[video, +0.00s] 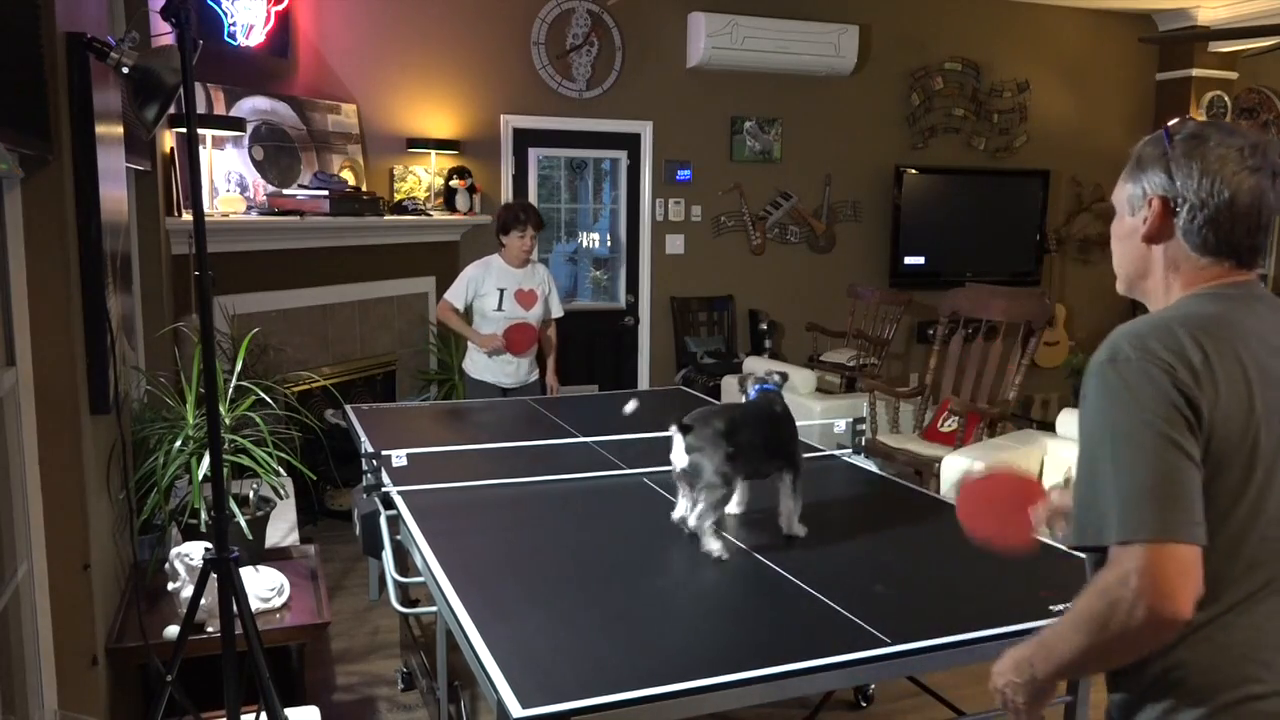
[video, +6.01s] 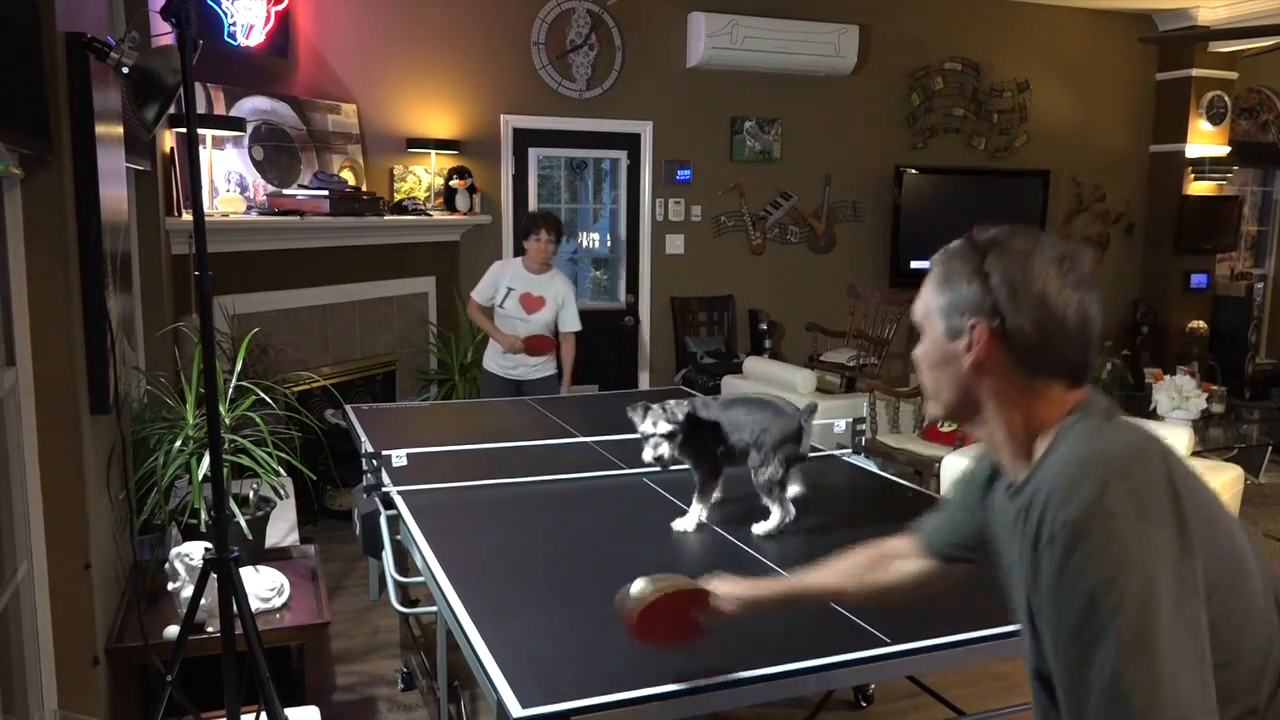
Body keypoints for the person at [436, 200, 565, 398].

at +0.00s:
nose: (529, 244)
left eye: (533, 237)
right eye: (521, 236)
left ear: (537, 237)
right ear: (503, 237)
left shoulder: (541, 274)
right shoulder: (479, 271)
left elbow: (548, 325)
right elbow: (443, 310)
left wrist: (551, 370)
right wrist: (478, 338)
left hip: (526, 379)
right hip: (484, 379)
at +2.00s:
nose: (520, 234)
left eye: (524, 228)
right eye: (511, 228)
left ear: (529, 232)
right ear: (496, 235)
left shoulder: (543, 275)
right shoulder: (477, 273)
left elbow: (552, 327)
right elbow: (456, 323)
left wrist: (554, 375)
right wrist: (485, 349)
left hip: (534, 383)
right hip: (489, 383)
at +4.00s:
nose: (514, 237)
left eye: (519, 230)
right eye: (506, 230)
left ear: (524, 233)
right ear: (491, 232)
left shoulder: (529, 271)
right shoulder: (476, 267)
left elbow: (537, 324)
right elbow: (459, 306)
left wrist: (541, 367)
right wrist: (489, 307)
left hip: (525, 376)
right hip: (486, 376)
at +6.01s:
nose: (543, 247)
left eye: (549, 242)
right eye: (537, 240)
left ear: (556, 247)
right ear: (525, 243)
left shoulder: (562, 285)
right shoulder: (501, 270)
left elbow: (567, 337)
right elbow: (473, 307)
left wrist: (566, 384)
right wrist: (502, 338)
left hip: (541, 375)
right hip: (498, 373)